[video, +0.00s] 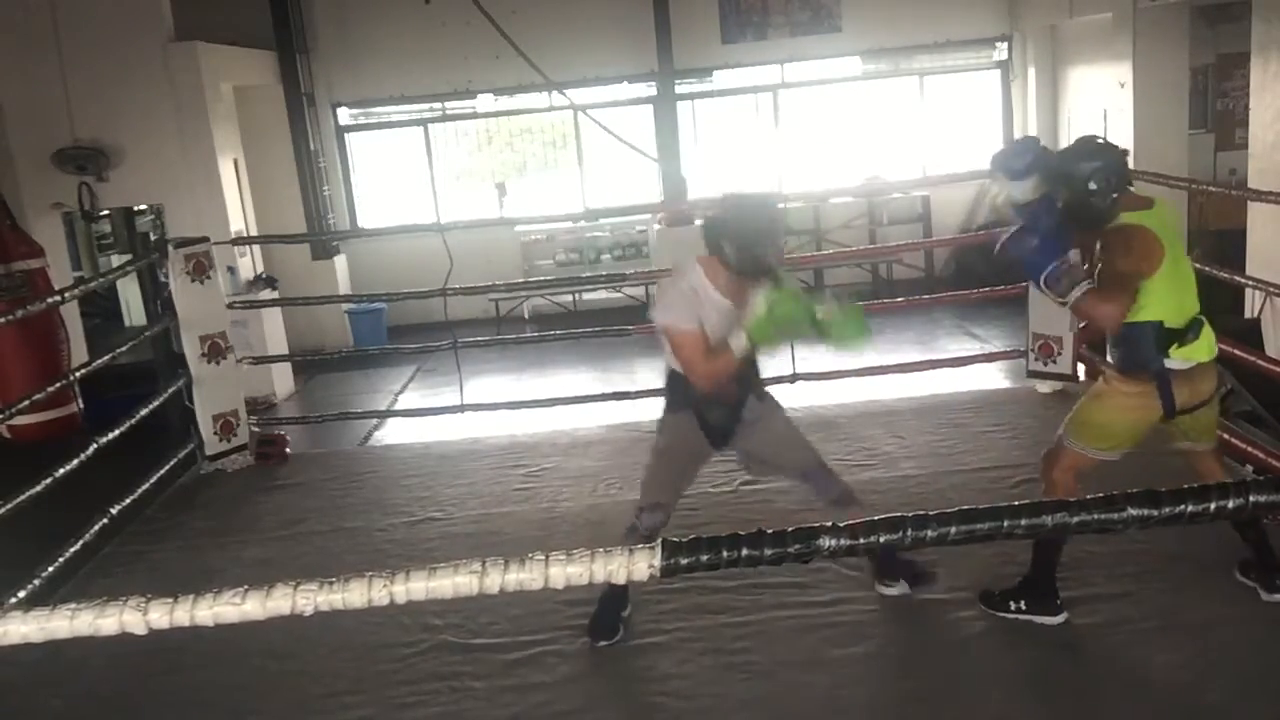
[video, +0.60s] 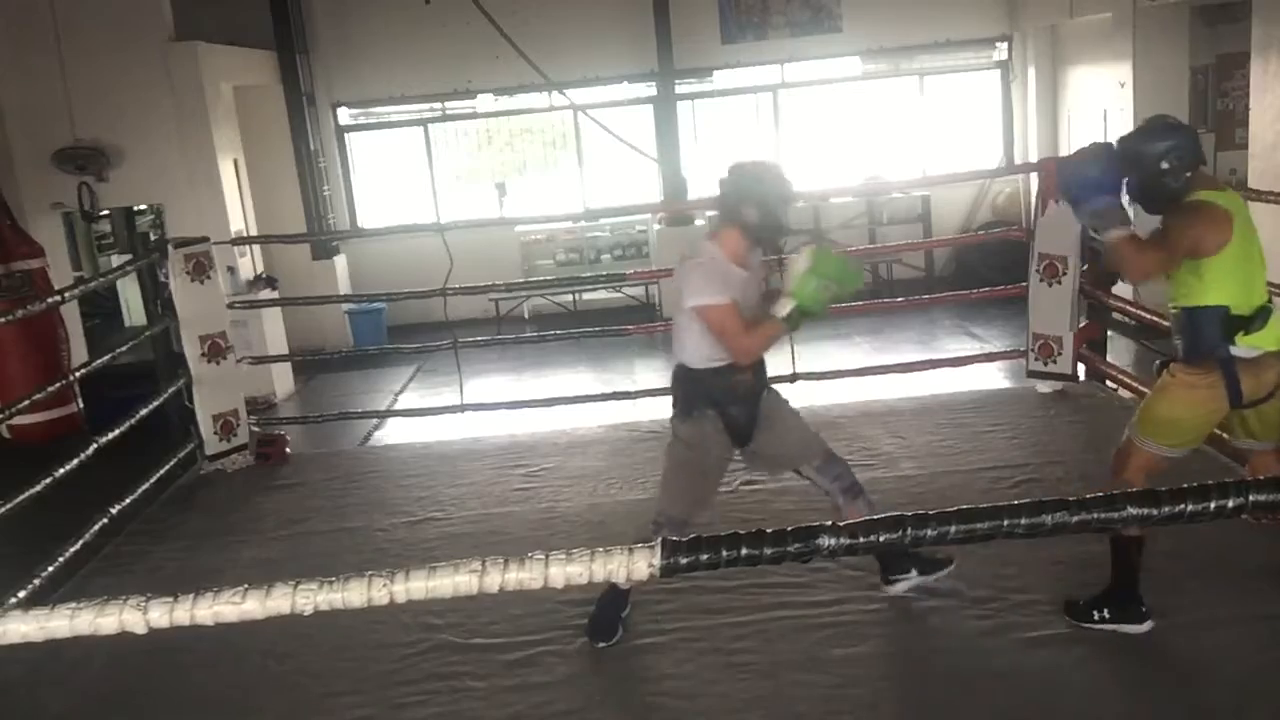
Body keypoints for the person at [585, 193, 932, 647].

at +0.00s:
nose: (774, 255)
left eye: (775, 244)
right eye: (767, 245)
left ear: (752, 247)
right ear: (734, 246)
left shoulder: (759, 283)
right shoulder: (676, 296)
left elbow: (791, 318)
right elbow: (703, 377)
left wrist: (824, 324)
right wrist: (757, 334)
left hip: (748, 403)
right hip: (689, 414)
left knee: (820, 475)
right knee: (652, 513)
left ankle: (884, 560)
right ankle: (614, 599)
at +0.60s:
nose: (783, 218)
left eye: (783, 207)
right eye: (777, 207)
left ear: (746, 209)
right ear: (751, 209)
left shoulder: (755, 263)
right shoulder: (700, 272)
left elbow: (763, 321)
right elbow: (743, 348)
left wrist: (799, 291)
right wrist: (795, 308)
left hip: (752, 395)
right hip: (703, 404)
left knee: (829, 470)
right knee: (674, 519)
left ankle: (893, 561)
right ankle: (616, 599)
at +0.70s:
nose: (805, 246)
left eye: (807, 236)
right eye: (804, 237)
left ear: (771, 219)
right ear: (788, 228)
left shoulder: (762, 264)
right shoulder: (747, 267)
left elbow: (790, 327)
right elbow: (791, 339)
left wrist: (826, 289)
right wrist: (825, 297)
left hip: (761, 401)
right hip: (721, 404)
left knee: (836, 484)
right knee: (693, 522)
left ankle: (902, 568)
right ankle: (617, 593)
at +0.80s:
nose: (841, 238)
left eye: (842, 228)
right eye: (837, 228)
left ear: (789, 226)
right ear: (816, 231)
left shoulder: (762, 266)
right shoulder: (787, 274)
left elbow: (819, 333)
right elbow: (838, 334)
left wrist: (846, 287)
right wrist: (855, 282)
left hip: (774, 411)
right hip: (738, 415)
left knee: (855, 483)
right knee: (725, 540)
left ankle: (908, 570)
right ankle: (626, 579)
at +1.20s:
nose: (828, 244)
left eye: (832, 233)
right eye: (824, 233)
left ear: (799, 230)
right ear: (792, 227)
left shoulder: (801, 274)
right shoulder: (748, 278)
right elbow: (791, 355)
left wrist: (859, 256)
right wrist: (833, 309)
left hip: (786, 414)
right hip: (737, 419)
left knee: (874, 478)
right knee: (714, 540)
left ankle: (909, 571)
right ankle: (621, 595)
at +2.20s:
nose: (879, 197)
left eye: (880, 186)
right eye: (869, 186)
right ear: (833, 186)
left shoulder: (851, 239)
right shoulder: (782, 241)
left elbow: (844, 300)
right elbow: (800, 326)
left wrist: (903, 278)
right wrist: (869, 300)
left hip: (840, 376)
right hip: (783, 384)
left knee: (893, 477)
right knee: (745, 493)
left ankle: (933, 576)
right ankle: (692, 565)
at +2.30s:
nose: (898, 194)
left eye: (900, 183)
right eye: (891, 183)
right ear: (855, 180)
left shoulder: (874, 233)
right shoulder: (793, 233)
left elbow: (934, 276)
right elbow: (807, 319)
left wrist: (950, 216)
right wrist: (876, 288)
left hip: (850, 380)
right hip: (789, 384)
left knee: (904, 481)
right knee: (761, 497)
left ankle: (932, 579)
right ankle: (748, 563)